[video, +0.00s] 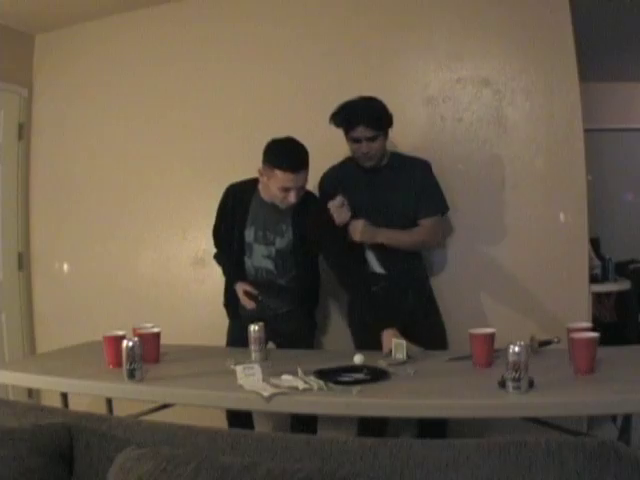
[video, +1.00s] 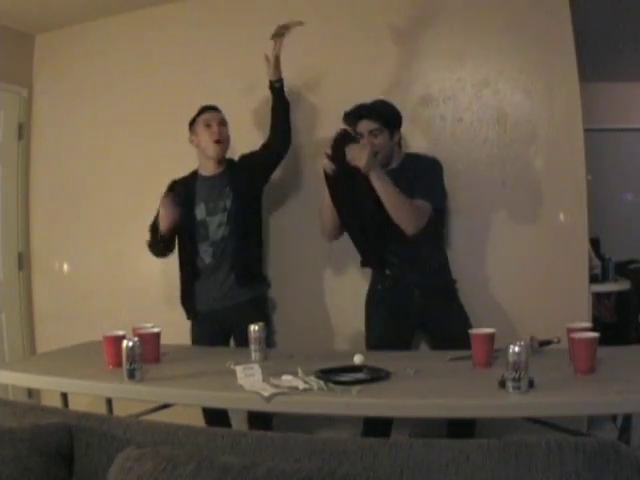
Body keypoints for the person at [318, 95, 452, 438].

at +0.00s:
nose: (364, 148)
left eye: (372, 139)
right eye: (356, 140)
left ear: (386, 135)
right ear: (346, 138)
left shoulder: (416, 171)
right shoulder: (333, 180)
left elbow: (434, 234)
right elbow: (324, 249)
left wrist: (377, 235)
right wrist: (331, 223)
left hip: (414, 296)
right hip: (365, 300)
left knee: (433, 383)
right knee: (374, 390)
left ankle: (433, 469)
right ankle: (372, 475)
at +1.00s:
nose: (367, 145)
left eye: (375, 135)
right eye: (360, 138)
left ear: (395, 135)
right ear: (354, 141)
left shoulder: (424, 168)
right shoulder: (356, 180)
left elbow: (412, 222)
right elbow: (331, 232)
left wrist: (372, 170)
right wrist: (333, 180)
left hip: (433, 288)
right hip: (386, 292)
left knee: (464, 371)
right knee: (380, 382)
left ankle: (462, 463)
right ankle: (368, 468)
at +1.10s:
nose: (367, 141)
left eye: (374, 131)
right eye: (358, 135)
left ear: (395, 133)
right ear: (353, 142)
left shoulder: (423, 166)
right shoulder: (356, 180)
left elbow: (410, 214)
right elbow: (327, 223)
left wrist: (372, 162)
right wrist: (329, 170)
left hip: (433, 288)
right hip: (386, 293)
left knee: (462, 373)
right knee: (380, 383)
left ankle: (462, 464)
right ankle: (368, 470)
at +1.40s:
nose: (367, 138)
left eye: (375, 129)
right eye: (360, 132)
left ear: (395, 133)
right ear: (356, 141)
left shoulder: (425, 170)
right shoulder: (358, 180)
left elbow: (423, 232)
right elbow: (323, 205)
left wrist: (383, 186)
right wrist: (331, 150)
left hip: (434, 290)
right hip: (386, 293)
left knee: (457, 378)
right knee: (379, 383)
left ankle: (453, 468)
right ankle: (368, 470)